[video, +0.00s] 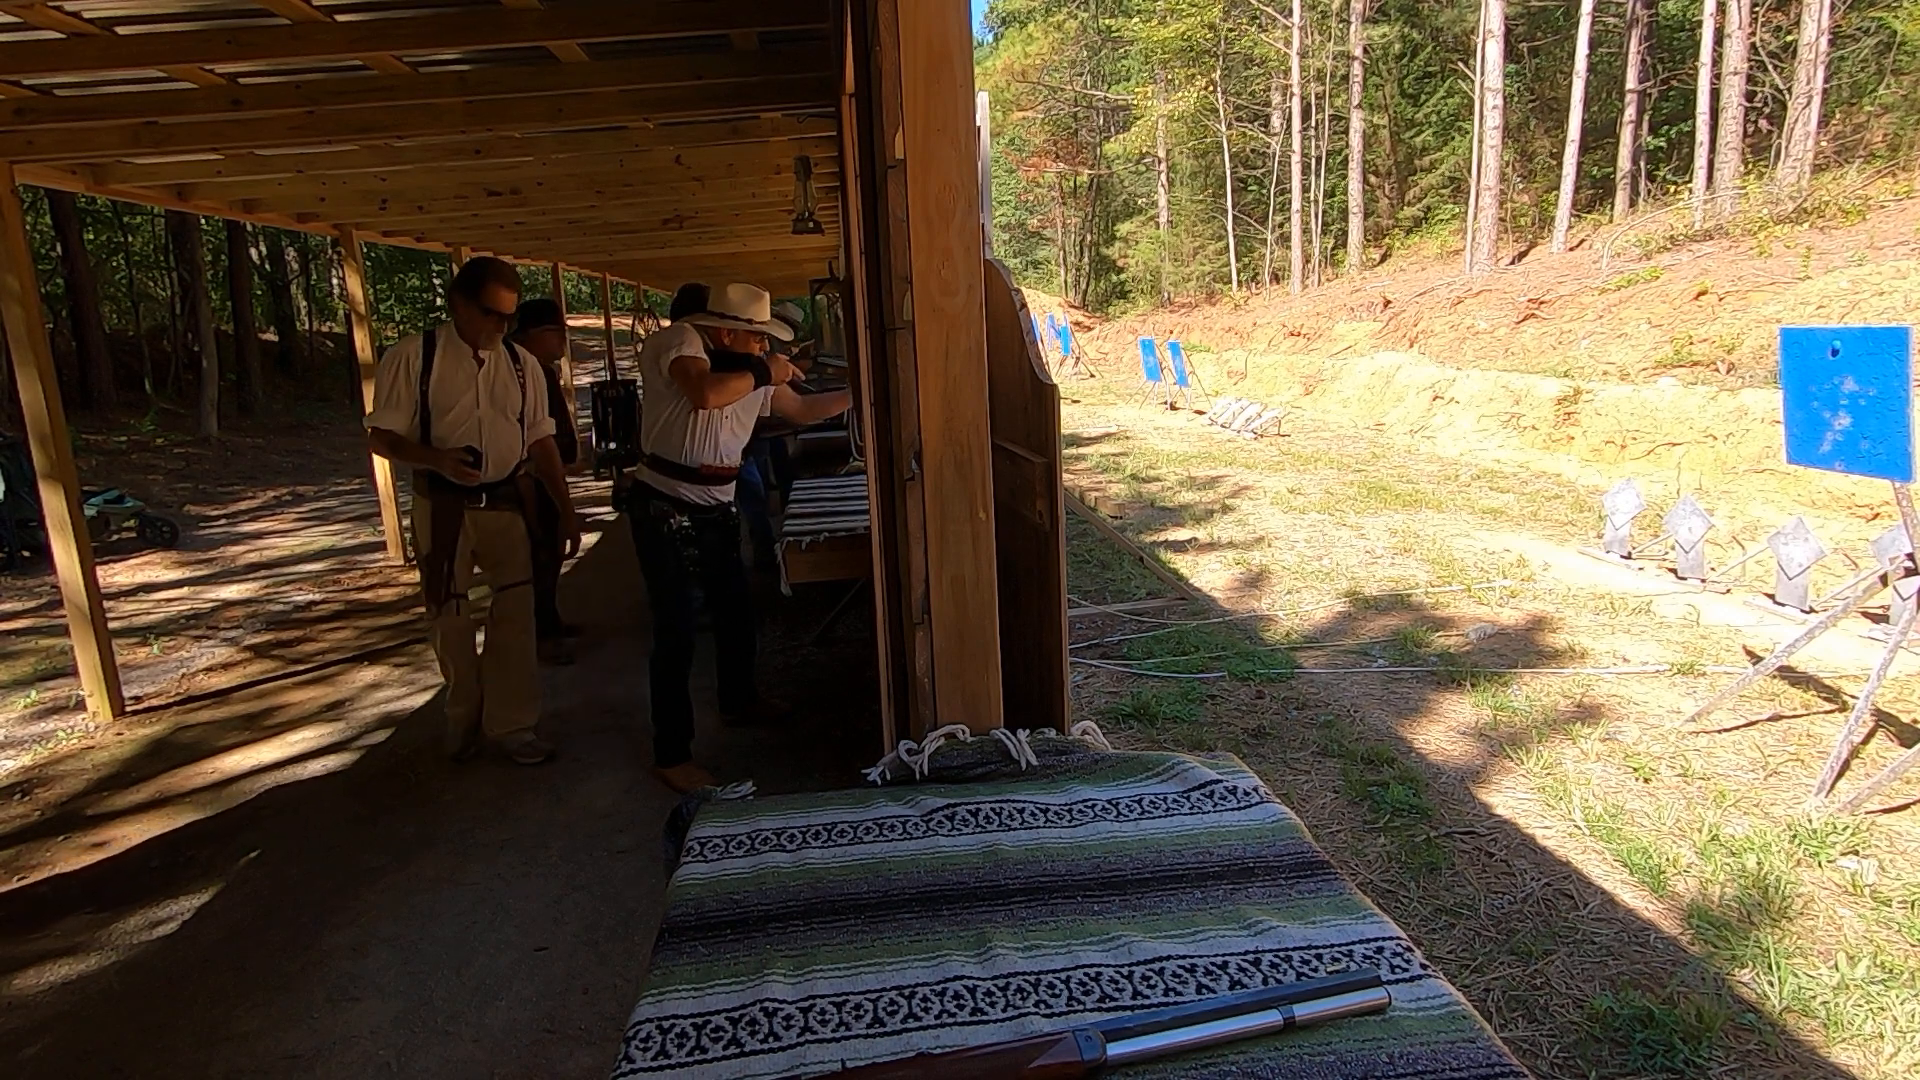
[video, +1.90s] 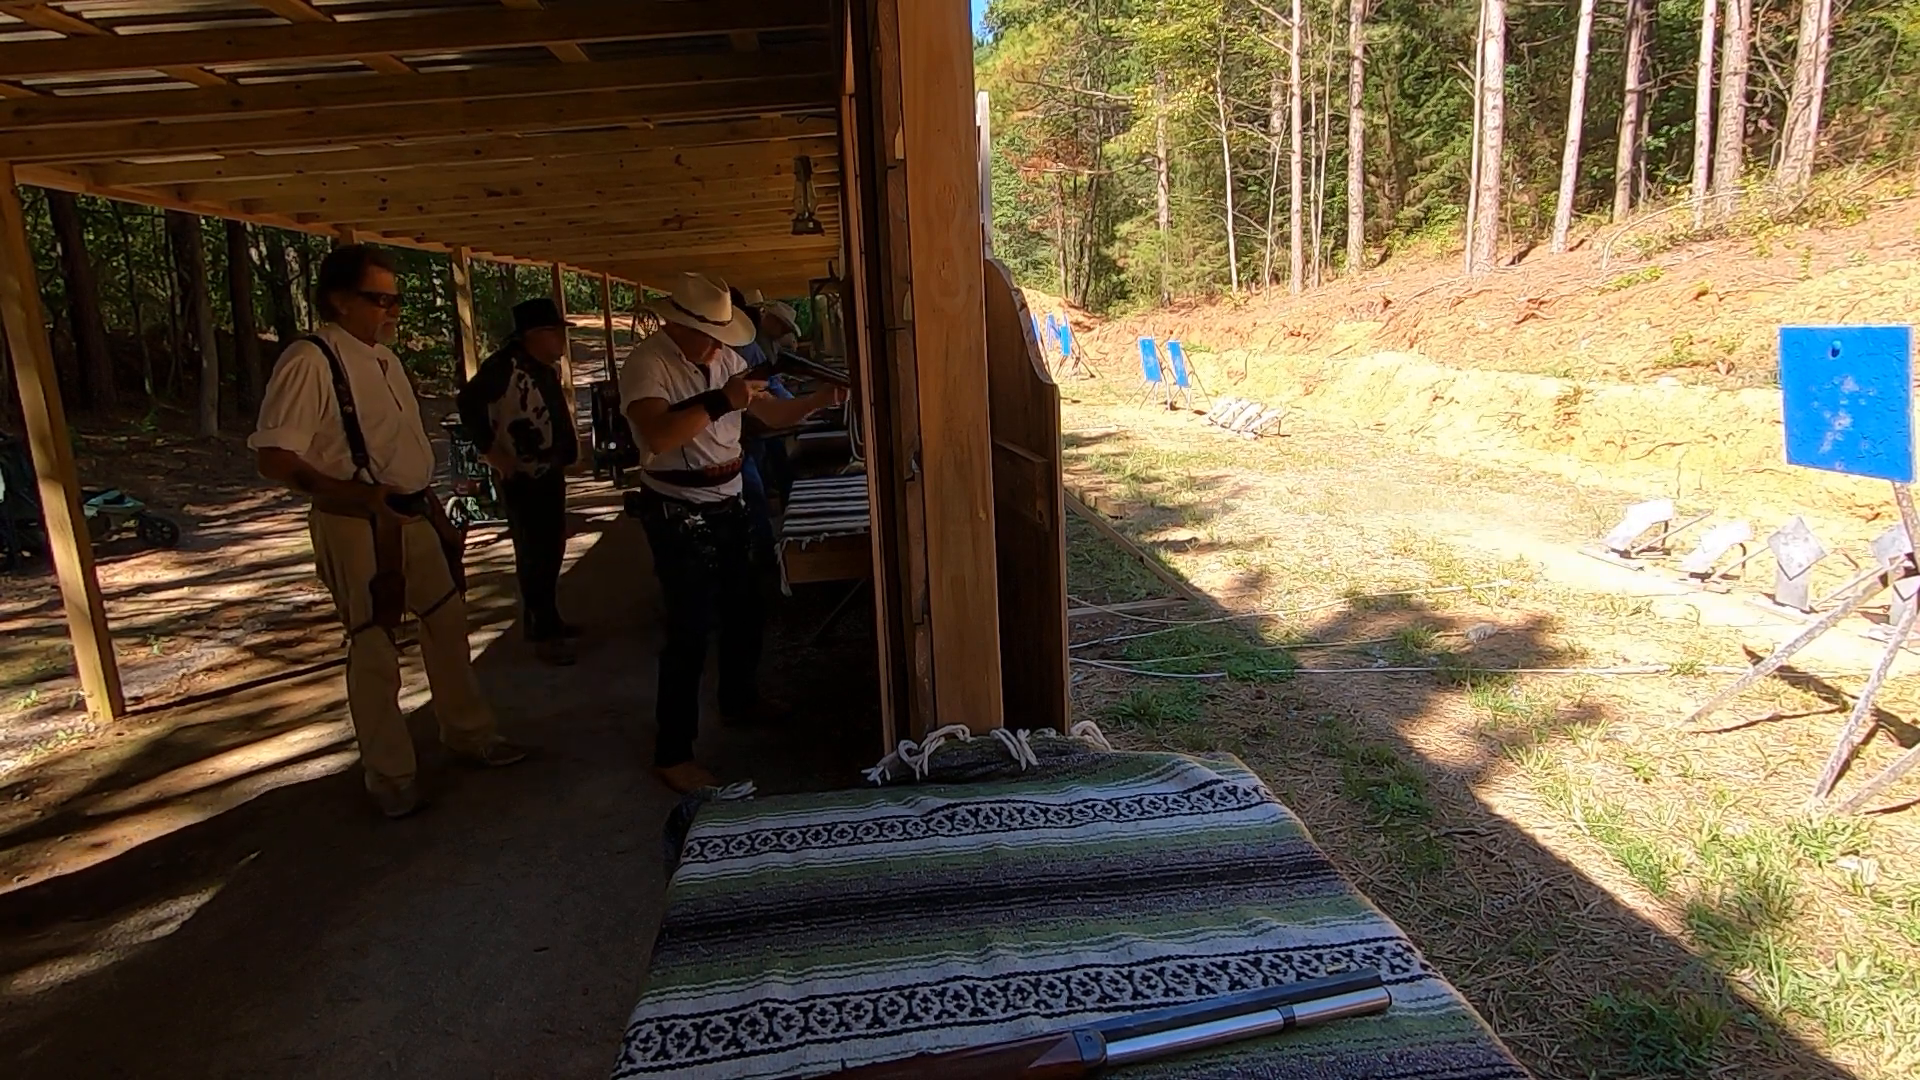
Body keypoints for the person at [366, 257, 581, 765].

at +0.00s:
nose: (501, 327)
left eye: (509, 316)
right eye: (492, 315)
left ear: (514, 313)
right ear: (458, 302)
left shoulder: (523, 364)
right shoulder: (413, 356)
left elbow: (541, 441)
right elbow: (380, 437)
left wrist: (565, 506)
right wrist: (435, 457)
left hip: (507, 502)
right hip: (442, 505)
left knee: (515, 615)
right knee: (451, 618)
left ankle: (512, 727)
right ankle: (464, 721)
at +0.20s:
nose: (491, 339)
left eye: (498, 330)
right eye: (484, 328)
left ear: (503, 322)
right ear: (456, 310)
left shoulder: (504, 367)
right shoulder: (399, 355)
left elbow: (521, 447)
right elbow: (361, 437)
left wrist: (549, 514)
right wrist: (420, 465)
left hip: (488, 512)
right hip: (422, 511)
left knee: (505, 618)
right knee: (421, 631)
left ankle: (511, 731)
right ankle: (407, 769)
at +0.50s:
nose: (464, 350)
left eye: (471, 341)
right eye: (459, 336)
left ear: (469, 334)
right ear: (424, 315)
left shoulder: (451, 370)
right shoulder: (366, 357)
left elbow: (463, 453)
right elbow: (318, 445)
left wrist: (489, 523)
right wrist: (403, 485)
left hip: (438, 515)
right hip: (374, 518)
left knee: (475, 617)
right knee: (381, 643)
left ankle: (506, 729)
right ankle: (392, 779)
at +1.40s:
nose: (394, 309)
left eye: (397, 299)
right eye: (383, 298)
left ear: (393, 301)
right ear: (342, 299)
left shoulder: (385, 358)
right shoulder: (311, 358)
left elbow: (404, 445)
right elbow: (275, 455)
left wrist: (434, 509)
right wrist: (352, 494)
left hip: (411, 512)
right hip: (353, 521)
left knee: (446, 624)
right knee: (372, 646)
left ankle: (471, 738)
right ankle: (389, 779)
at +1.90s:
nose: (391, 309)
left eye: (394, 299)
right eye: (379, 299)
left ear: (392, 300)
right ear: (338, 301)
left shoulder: (384, 356)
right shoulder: (309, 358)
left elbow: (401, 443)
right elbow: (272, 455)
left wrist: (433, 509)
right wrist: (347, 494)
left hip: (412, 513)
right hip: (355, 522)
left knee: (447, 624)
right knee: (373, 648)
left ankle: (470, 737)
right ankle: (389, 779)